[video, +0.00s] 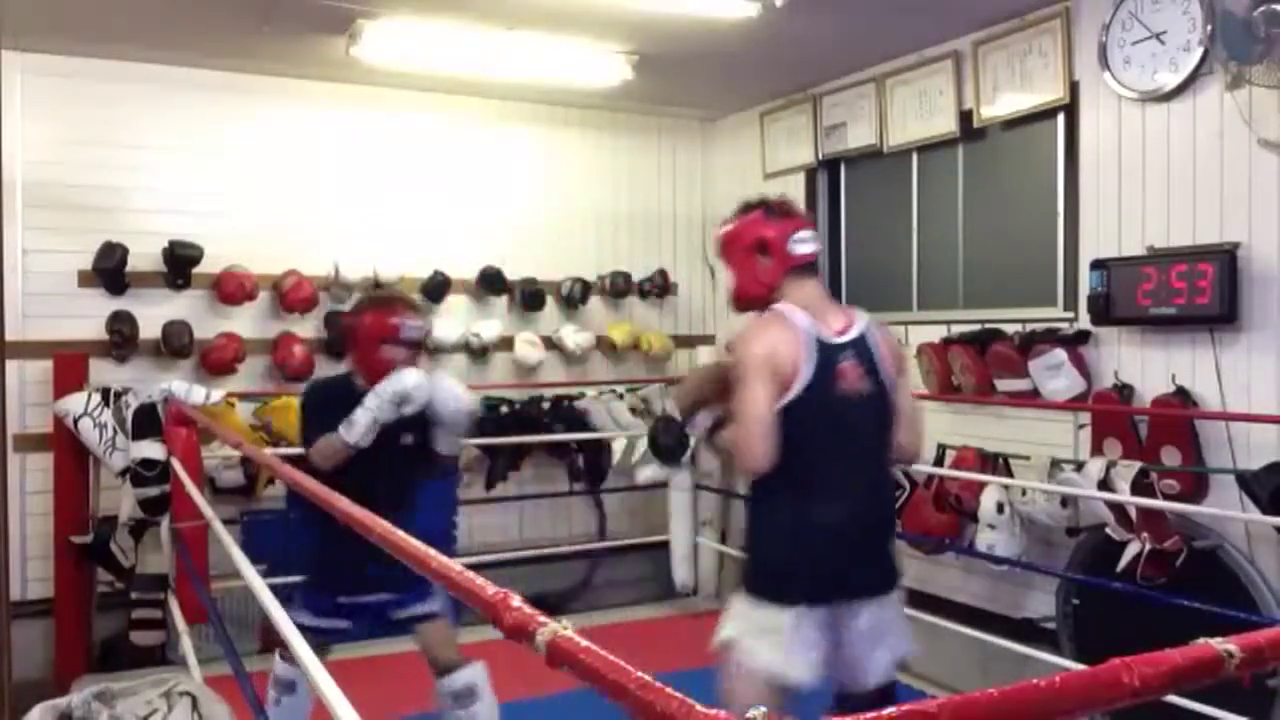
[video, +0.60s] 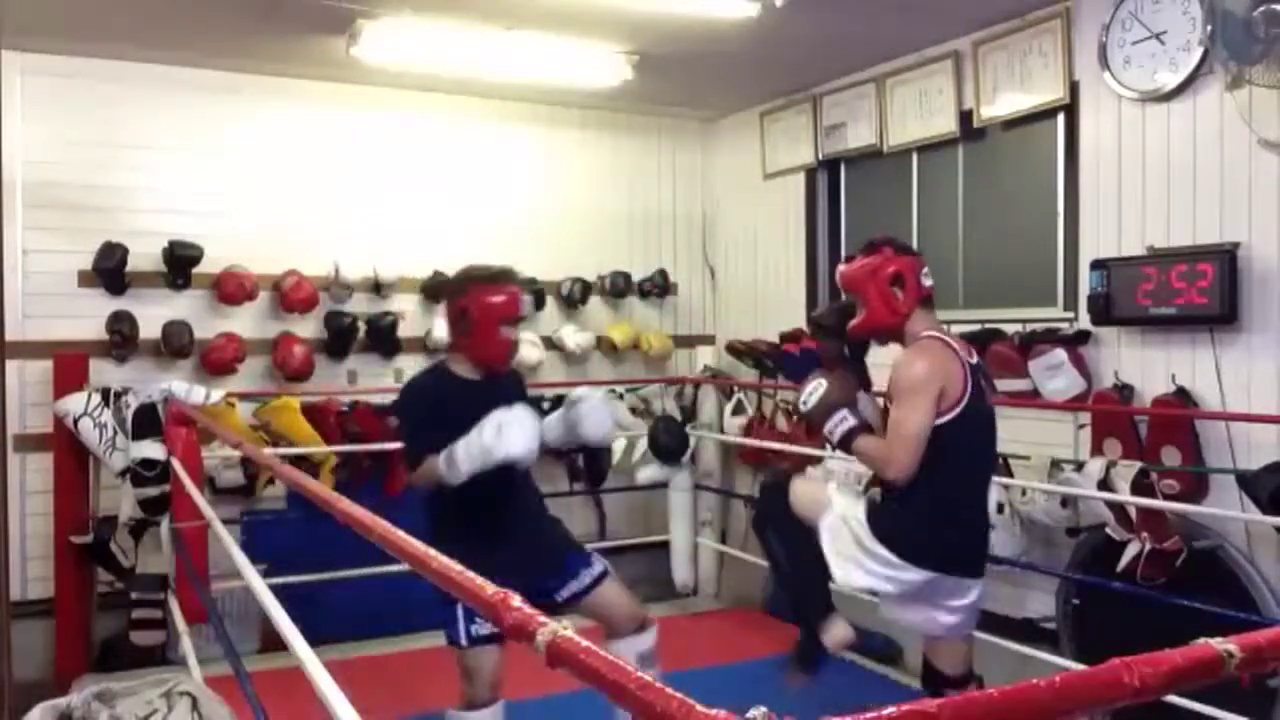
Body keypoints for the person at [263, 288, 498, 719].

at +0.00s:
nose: (409, 357)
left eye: (416, 346)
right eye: (398, 344)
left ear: (421, 349)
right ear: (365, 343)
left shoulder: (419, 400)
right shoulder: (326, 394)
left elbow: (437, 472)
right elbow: (320, 458)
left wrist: (450, 428)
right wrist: (374, 408)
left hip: (402, 557)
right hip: (333, 557)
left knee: (450, 662)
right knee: (290, 676)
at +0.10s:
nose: (432, 347)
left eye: (440, 337)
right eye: (422, 335)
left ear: (447, 343)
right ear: (395, 337)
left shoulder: (449, 389)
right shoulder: (352, 389)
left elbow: (481, 433)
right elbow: (314, 456)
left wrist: (509, 441)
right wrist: (344, 435)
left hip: (439, 549)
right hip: (370, 551)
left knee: (480, 646)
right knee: (331, 659)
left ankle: (495, 714)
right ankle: (298, 711)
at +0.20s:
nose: (461, 338)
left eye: (468, 327)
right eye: (450, 326)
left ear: (472, 332)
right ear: (417, 327)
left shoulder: (473, 383)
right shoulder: (373, 388)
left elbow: (508, 441)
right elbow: (331, 442)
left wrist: (500, 418)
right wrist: (306, 462)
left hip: (465, 532)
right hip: (401, 537)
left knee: (499, 645)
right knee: (380, 663)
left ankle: (502, 713)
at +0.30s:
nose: (470, 337)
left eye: (474, 325)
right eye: (459, 325)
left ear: (479, 326)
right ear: (425, 327)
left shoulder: (482, 380)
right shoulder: (378, 393)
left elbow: (516, 446)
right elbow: (365, 467)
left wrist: (497, 406)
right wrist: (335, 466)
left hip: (498, 533)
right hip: (434, 546)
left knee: (530, 651)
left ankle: (524, 711)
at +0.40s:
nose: (476, 344)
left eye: (478, 331)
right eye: (463, 332)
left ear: (482, 331)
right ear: (427, 334)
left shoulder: (486, 386)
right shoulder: (390, 406)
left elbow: (548, 437)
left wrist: (537, 427)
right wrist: (385, 480)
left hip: (518, 538)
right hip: (456, 554)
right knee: (476, 686)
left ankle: (581, 711)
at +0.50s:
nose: (493, 342)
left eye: (494, 330)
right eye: (483, 331)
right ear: (445, 335)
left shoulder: (494, 385)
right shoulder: (407, 404)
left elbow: (517, 436)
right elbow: (399, 487)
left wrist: (552, 436)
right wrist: (446, 480)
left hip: (531, 540)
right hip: (467, 561)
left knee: (630, 610)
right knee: (478, 695)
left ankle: (648, 712)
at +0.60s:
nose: (514, 337)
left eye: (516, 325)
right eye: (505, 326)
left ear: (483, 326)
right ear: (468, 326)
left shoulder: (505, 381)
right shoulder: (423, 393)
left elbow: (527, 435)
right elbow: (419, 474)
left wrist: (566, 426)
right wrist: (476, 449)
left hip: (534, 535)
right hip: (470, 555)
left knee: (630, 620)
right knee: (481, 689)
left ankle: (635, 712)